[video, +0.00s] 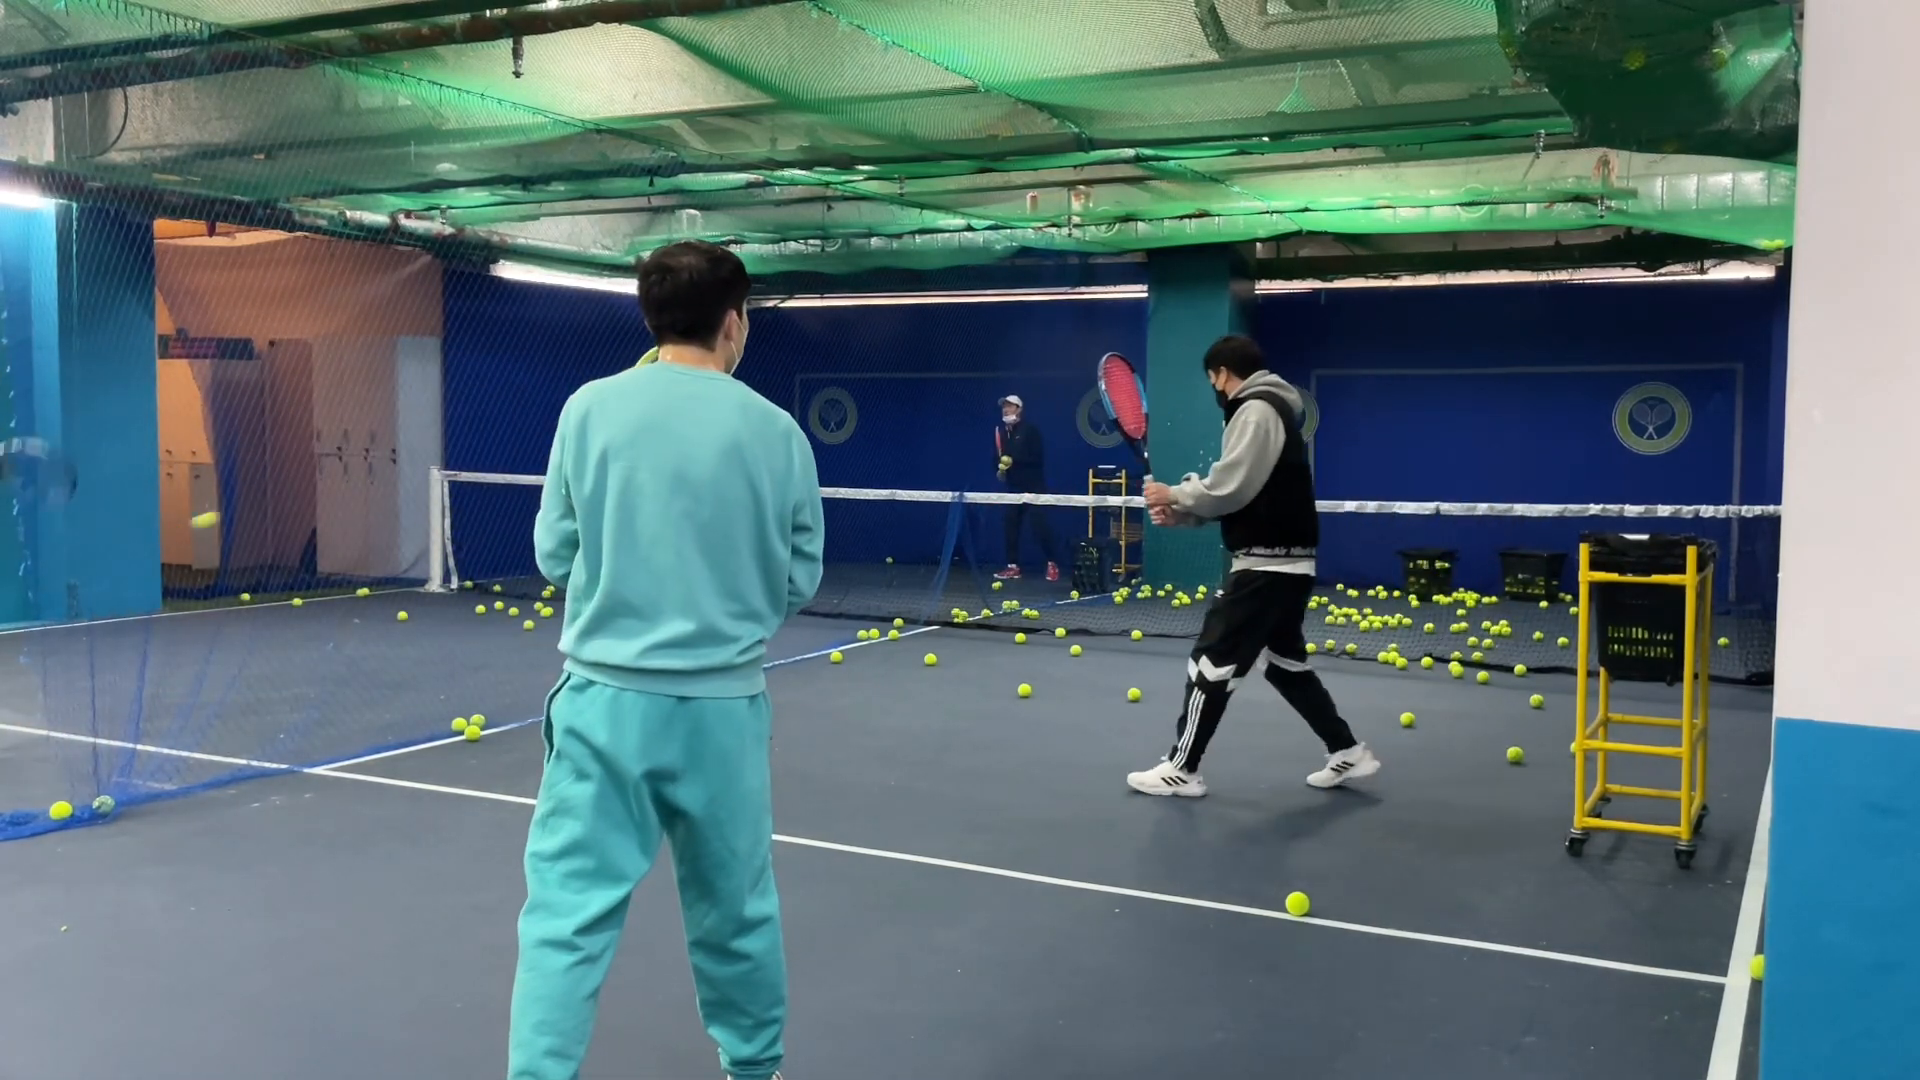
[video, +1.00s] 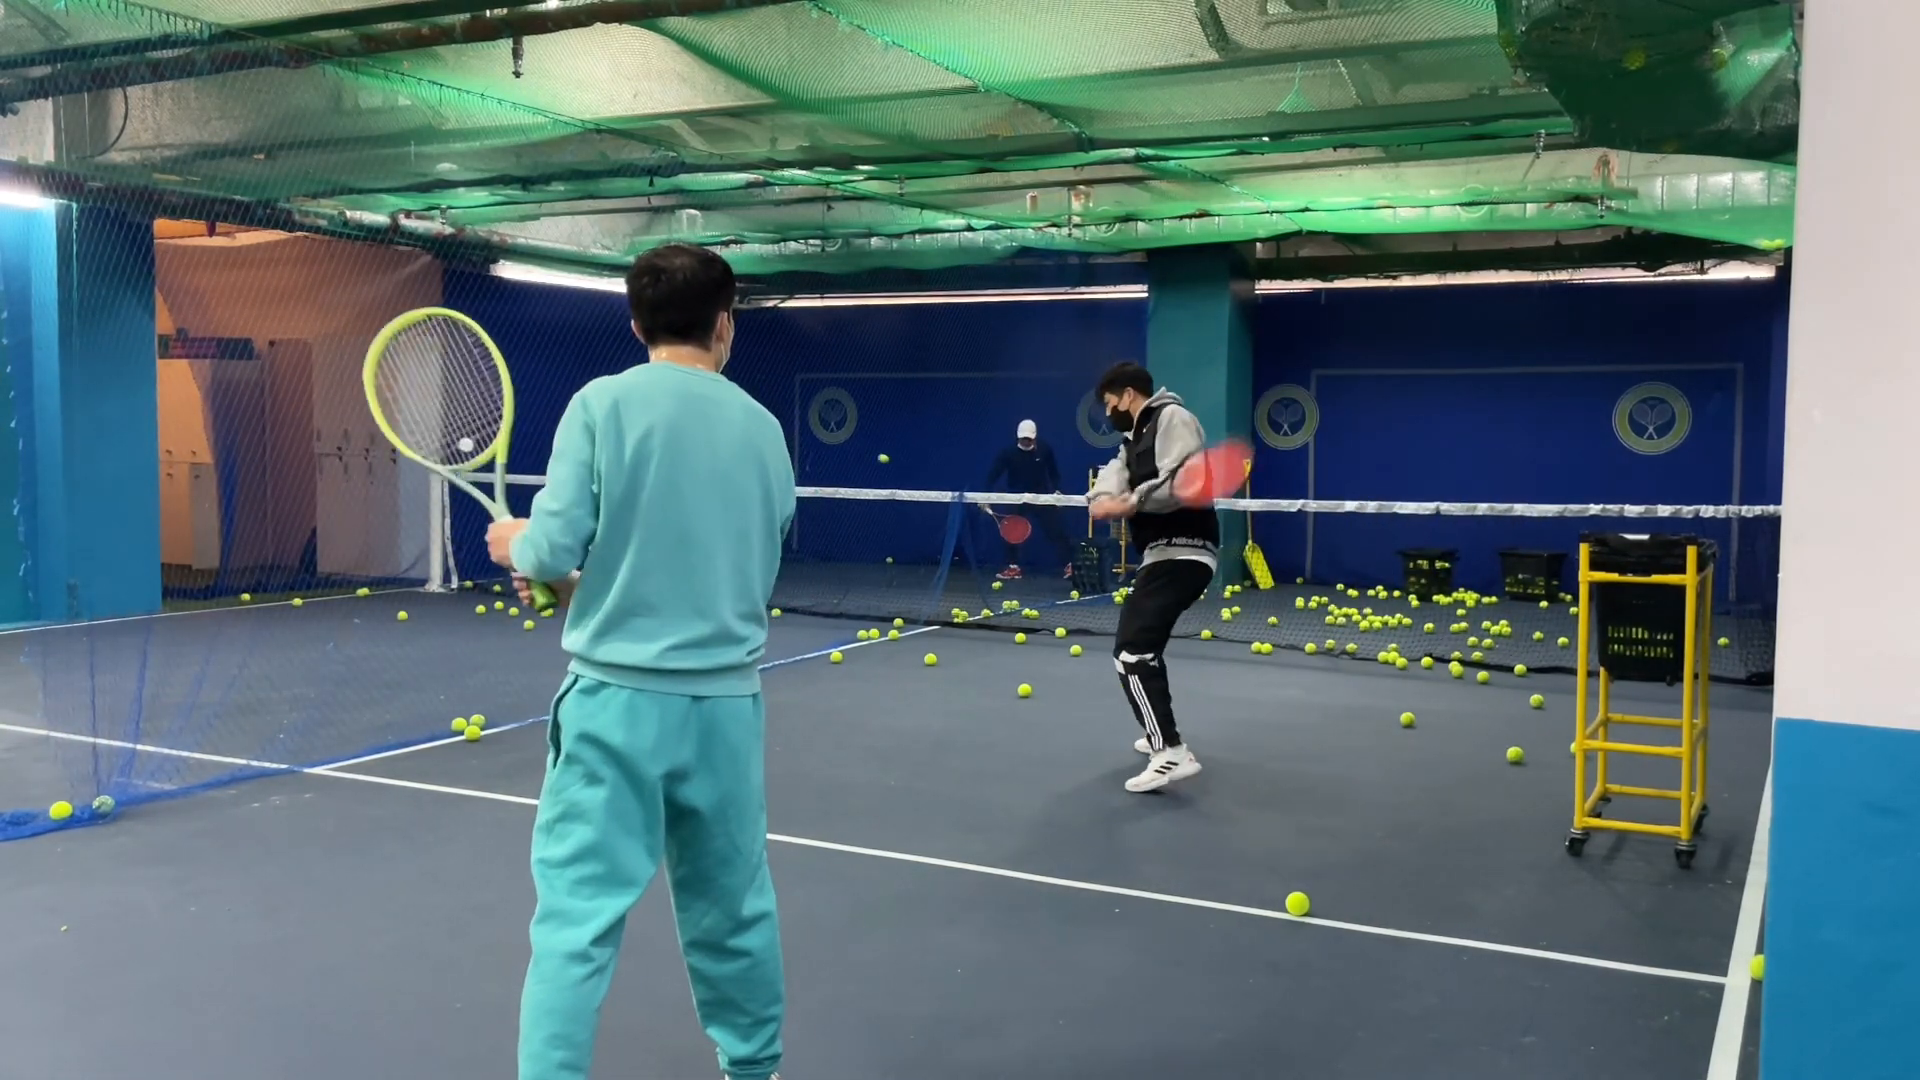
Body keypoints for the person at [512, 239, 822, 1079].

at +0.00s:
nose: (748, 328)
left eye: (744, 314)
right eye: (746, 314)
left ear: (650, 321)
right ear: (730, 321)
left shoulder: (590, 410)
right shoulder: (776, 431)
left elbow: (555, 549)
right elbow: (800, 573)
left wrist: (632, 586)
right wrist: (725, 611)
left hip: (603, 708)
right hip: (724, 713)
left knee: (566, 914)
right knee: (736, 909)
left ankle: (537, 1070)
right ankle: (753, 1064)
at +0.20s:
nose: (746, 328)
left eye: (743, 315)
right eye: (745, 315)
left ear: (650, 323)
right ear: (731, 323)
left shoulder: (589, 412)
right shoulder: (774, 433)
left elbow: (551, 550)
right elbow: (796, 575)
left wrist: (627, 582)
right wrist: (721, 610)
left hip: (602, 708)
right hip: (723, 713)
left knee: (565, 916)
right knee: (734, 911)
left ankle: (538, 1070)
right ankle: (750, 1065)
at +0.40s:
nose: (743, 327)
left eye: (740, 315)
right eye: (742, 315)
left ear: (647, 323)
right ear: (730, 323)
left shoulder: (589, 413)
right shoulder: (772, 432)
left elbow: (552, 554)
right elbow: (794, 575)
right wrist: (719, 600)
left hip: (604, 708)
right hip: (723, 712)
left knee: (567, 915)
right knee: (733, 909)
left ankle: (539, 1070)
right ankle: (751, 1065)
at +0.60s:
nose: (739, 327)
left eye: (736, 315)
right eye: (739, 315)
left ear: (643, 323)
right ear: (727, 322)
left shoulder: (590, 412)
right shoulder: (769, 431)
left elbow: (557, 556)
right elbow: (790, 574)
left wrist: (633, 556)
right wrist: (718, 596)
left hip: (608, 708)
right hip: (725, 712)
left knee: (571, 916)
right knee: (733, 909)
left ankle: (544, 1071)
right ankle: (751, 1065)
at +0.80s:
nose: (735, 328)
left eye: (732, 317)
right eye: (734, 316)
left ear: (639, 325)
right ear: (723, 322)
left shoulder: (591, 412)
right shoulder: (768, 431)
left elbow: (561, 558)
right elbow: (785, 571)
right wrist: (719, 593)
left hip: (610, 708)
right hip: (725, 711)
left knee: (573, 914)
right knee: (732, 905)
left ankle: (546, 1072)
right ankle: (751, 1065)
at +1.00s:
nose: (736, 327)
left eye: (730, 314)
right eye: (734, 315)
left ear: (641, 324)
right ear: (722, 321)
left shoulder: (600, 406)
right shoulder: (762, 428)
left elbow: (557, 550)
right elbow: (756, 557)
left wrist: (515, 544)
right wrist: (594, 571)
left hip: (612, 707)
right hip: (726, 711)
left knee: (576, 920)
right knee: (733, 909)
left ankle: (549, 1071)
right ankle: (752, 1065)